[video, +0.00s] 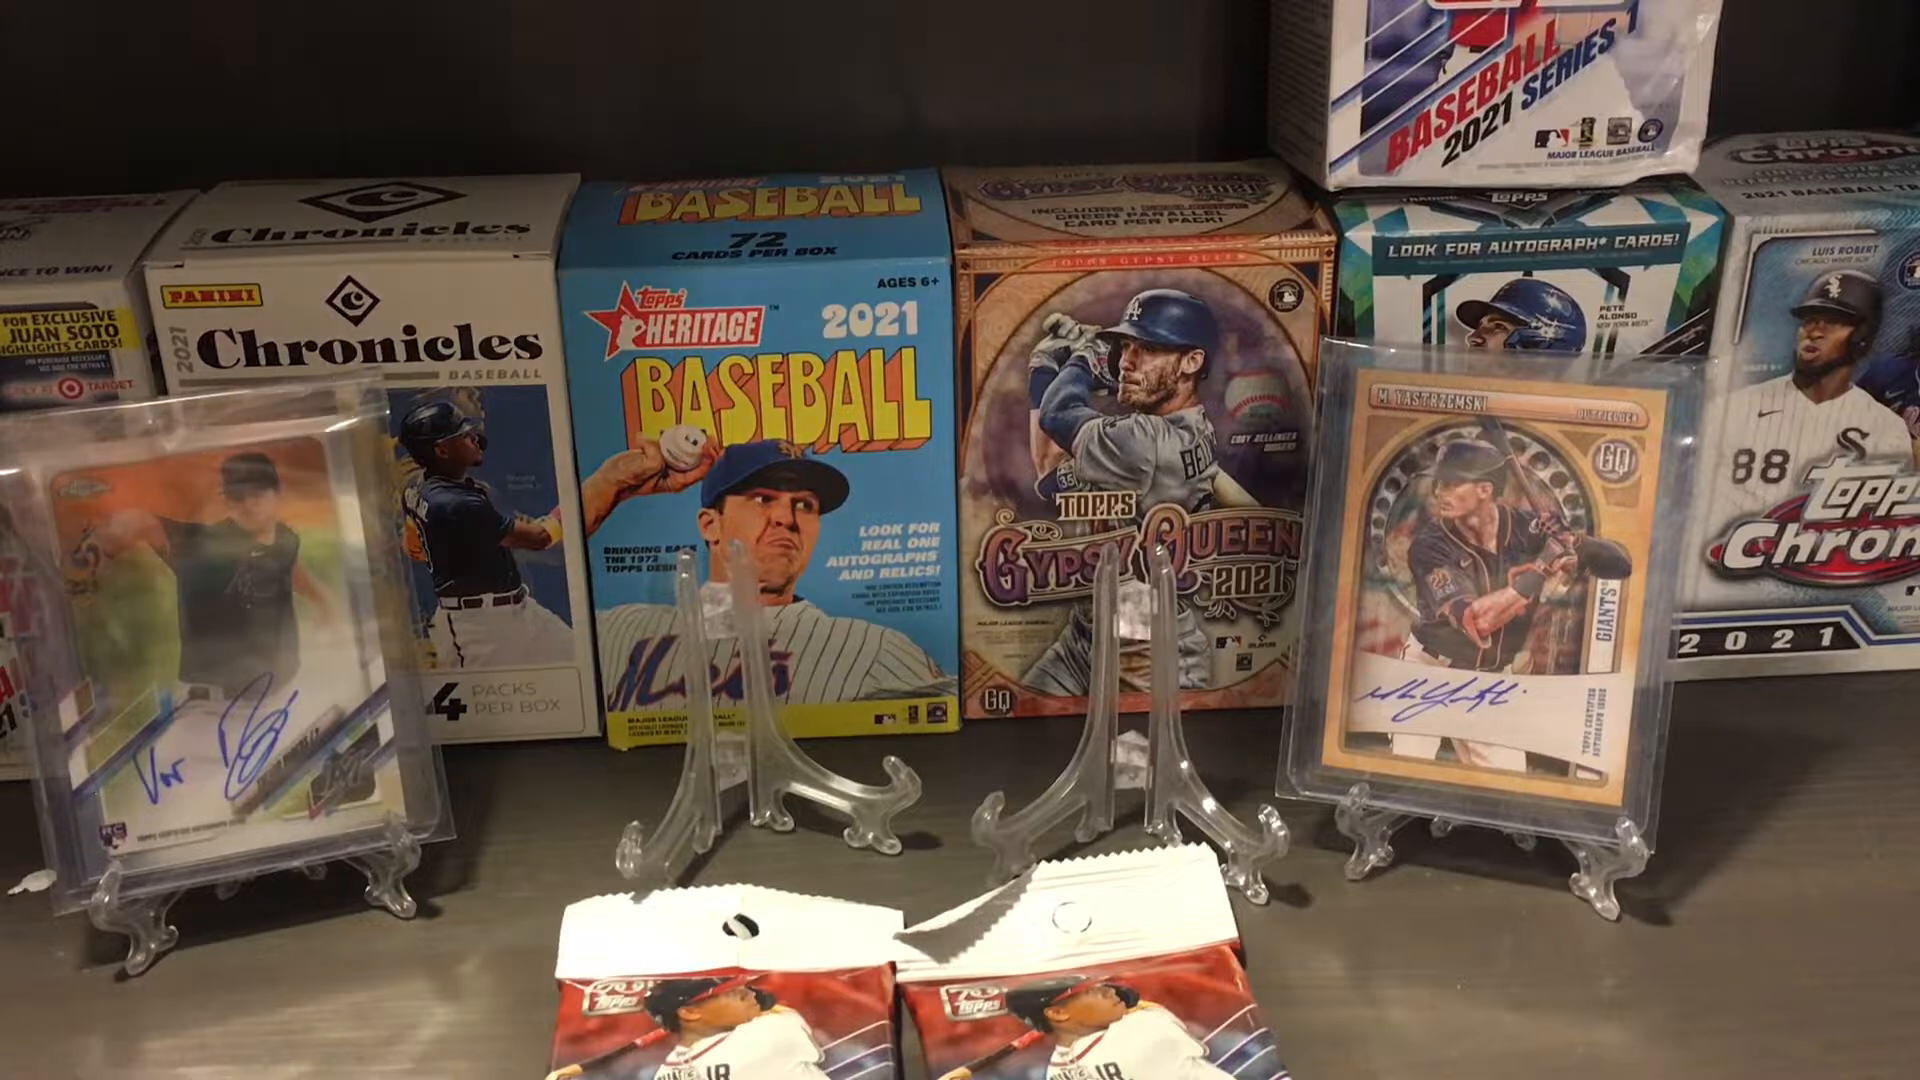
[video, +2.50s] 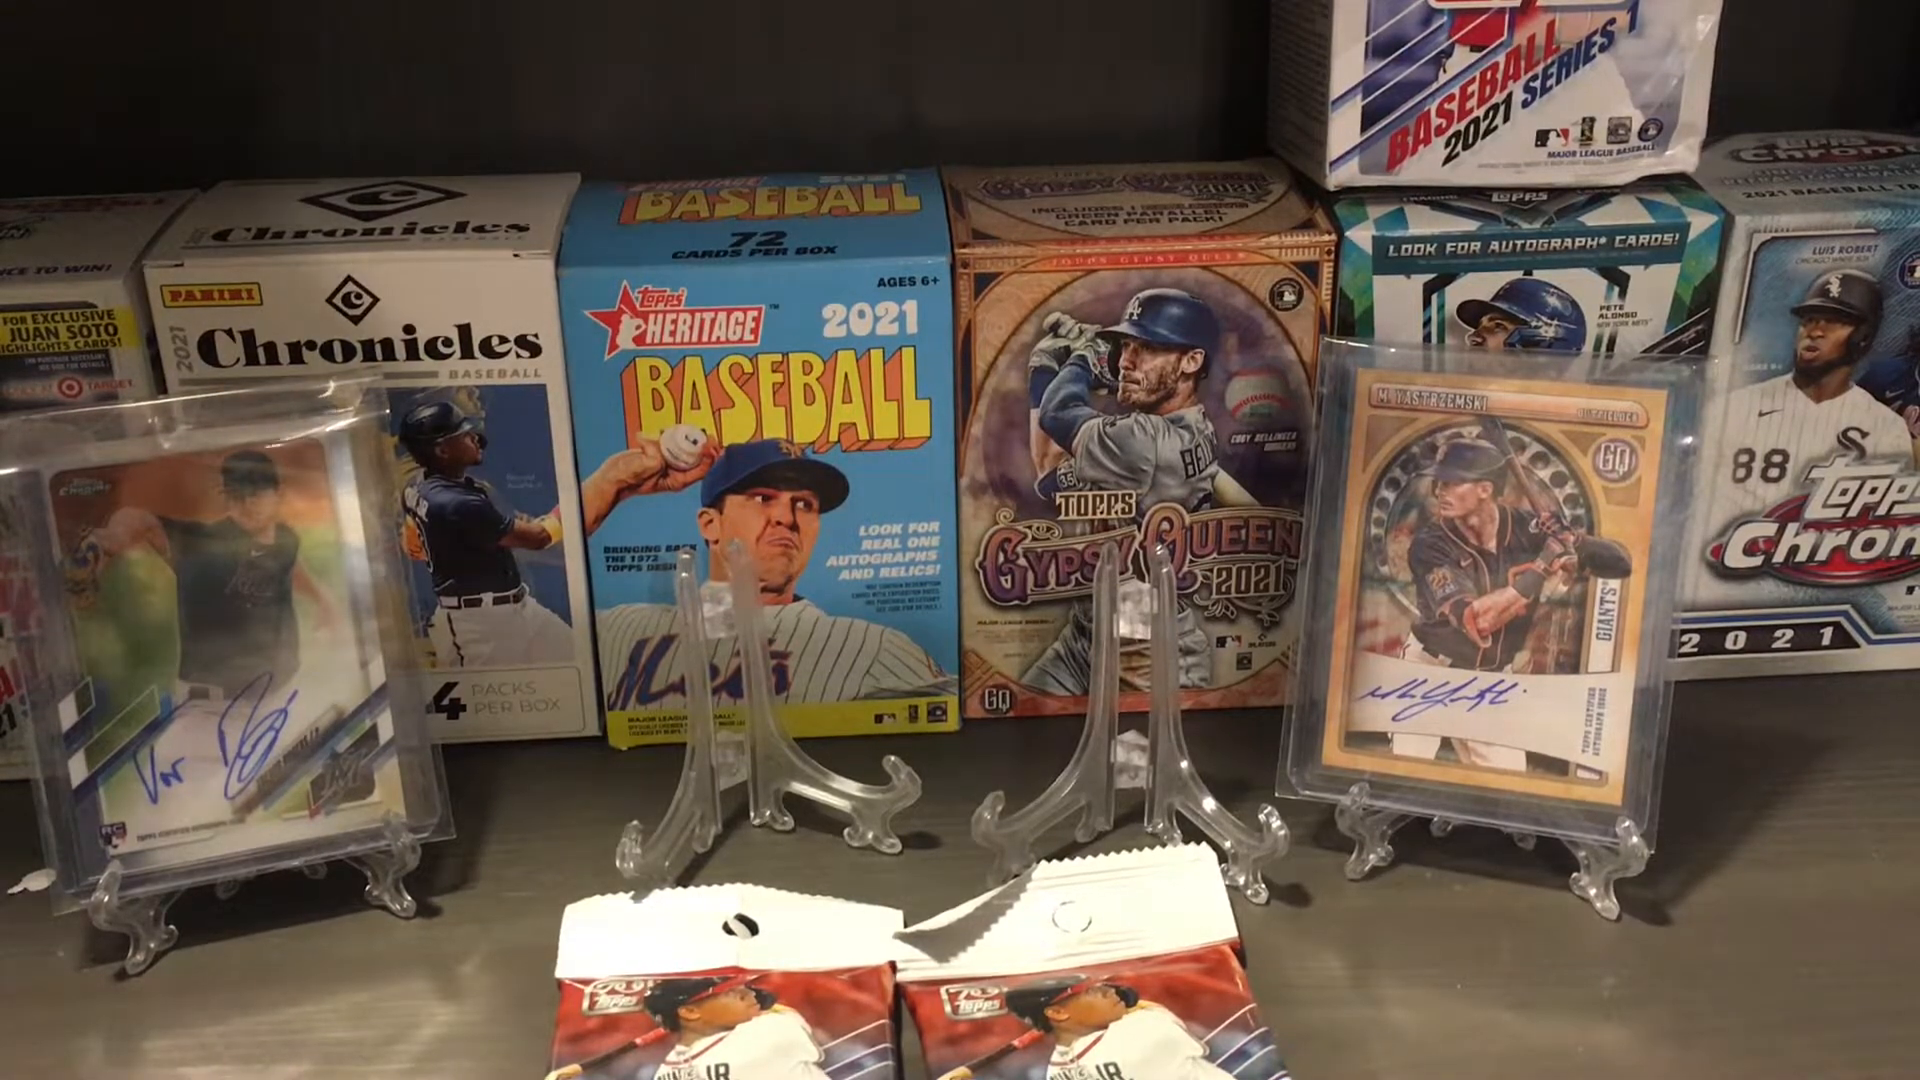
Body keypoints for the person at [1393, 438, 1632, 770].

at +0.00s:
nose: (1439, 493)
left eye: (1451, 485)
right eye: (1439, 484)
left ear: (1484, 491)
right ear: (1435, 486)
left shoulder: (1527, 528)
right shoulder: (1430, 541)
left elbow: (1622, 563)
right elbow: (1474, 623)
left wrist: (1577, 551)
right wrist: (1538, 571)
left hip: (1495, 676)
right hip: (1429, 669)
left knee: (1508, 792)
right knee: (1410, 774)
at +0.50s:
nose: (1439, 492)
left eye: (1451, 484)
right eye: (1439, 484)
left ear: (1484, 491)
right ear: (1435, 487)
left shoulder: (1526, 528)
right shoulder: (1430, 542)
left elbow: (1622, 564)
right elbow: (1475, 623)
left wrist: (1577, 551)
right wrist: (1539, 571)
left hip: (1495, 677)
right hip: (1429, 670)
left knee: (1509, 792)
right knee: (1410, 775)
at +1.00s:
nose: (1439, 493)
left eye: (1451, 485)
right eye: (1439, 485)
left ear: (1484, 491)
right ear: (1435, 487)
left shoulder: (1526, 529)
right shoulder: (1430, 541)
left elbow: (1622, 564)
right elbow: (1473, 623)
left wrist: (1575, 546)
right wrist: (1539, 571)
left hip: (1494, 677)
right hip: (1429, 669)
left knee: (1509, 790)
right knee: (1411, 774)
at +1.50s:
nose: (1440, 492)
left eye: (1452, 485)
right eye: (1439, 484)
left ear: (1485, 490)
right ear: (1436, 486)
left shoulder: (1526, 528)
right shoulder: (1430, 542)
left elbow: (1622, 563)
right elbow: (1474, 622)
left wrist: (1575, 547)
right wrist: (1540, 570)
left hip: (1495, 676)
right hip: (1430, 669)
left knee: (1509, 788)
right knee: (1412, 772)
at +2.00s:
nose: (1439, 491)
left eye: (1451, 484)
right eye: (1439, 483)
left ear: (1484, 490)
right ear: (1436, 485)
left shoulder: (1526, 528)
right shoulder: (1430, 540)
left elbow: (1621, 562)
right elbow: (1474, 622)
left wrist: (1574, 550)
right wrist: (1540, 567)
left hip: (1493, 677)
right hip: (1429, 670)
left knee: (1509, 788)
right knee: (1409, 775)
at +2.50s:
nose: (1439, 492)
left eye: (1451, 484)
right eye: (1439, 483)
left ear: (1484, 490)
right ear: (1436, 486)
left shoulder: (1527, 528)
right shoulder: (1430, 540)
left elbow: (1622, 562)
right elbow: (1474, 622)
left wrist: (1574, 551)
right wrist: (1540, 569)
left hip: (1495, 676)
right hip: (1429, 668)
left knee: (1508, 787)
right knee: (1411, 772)